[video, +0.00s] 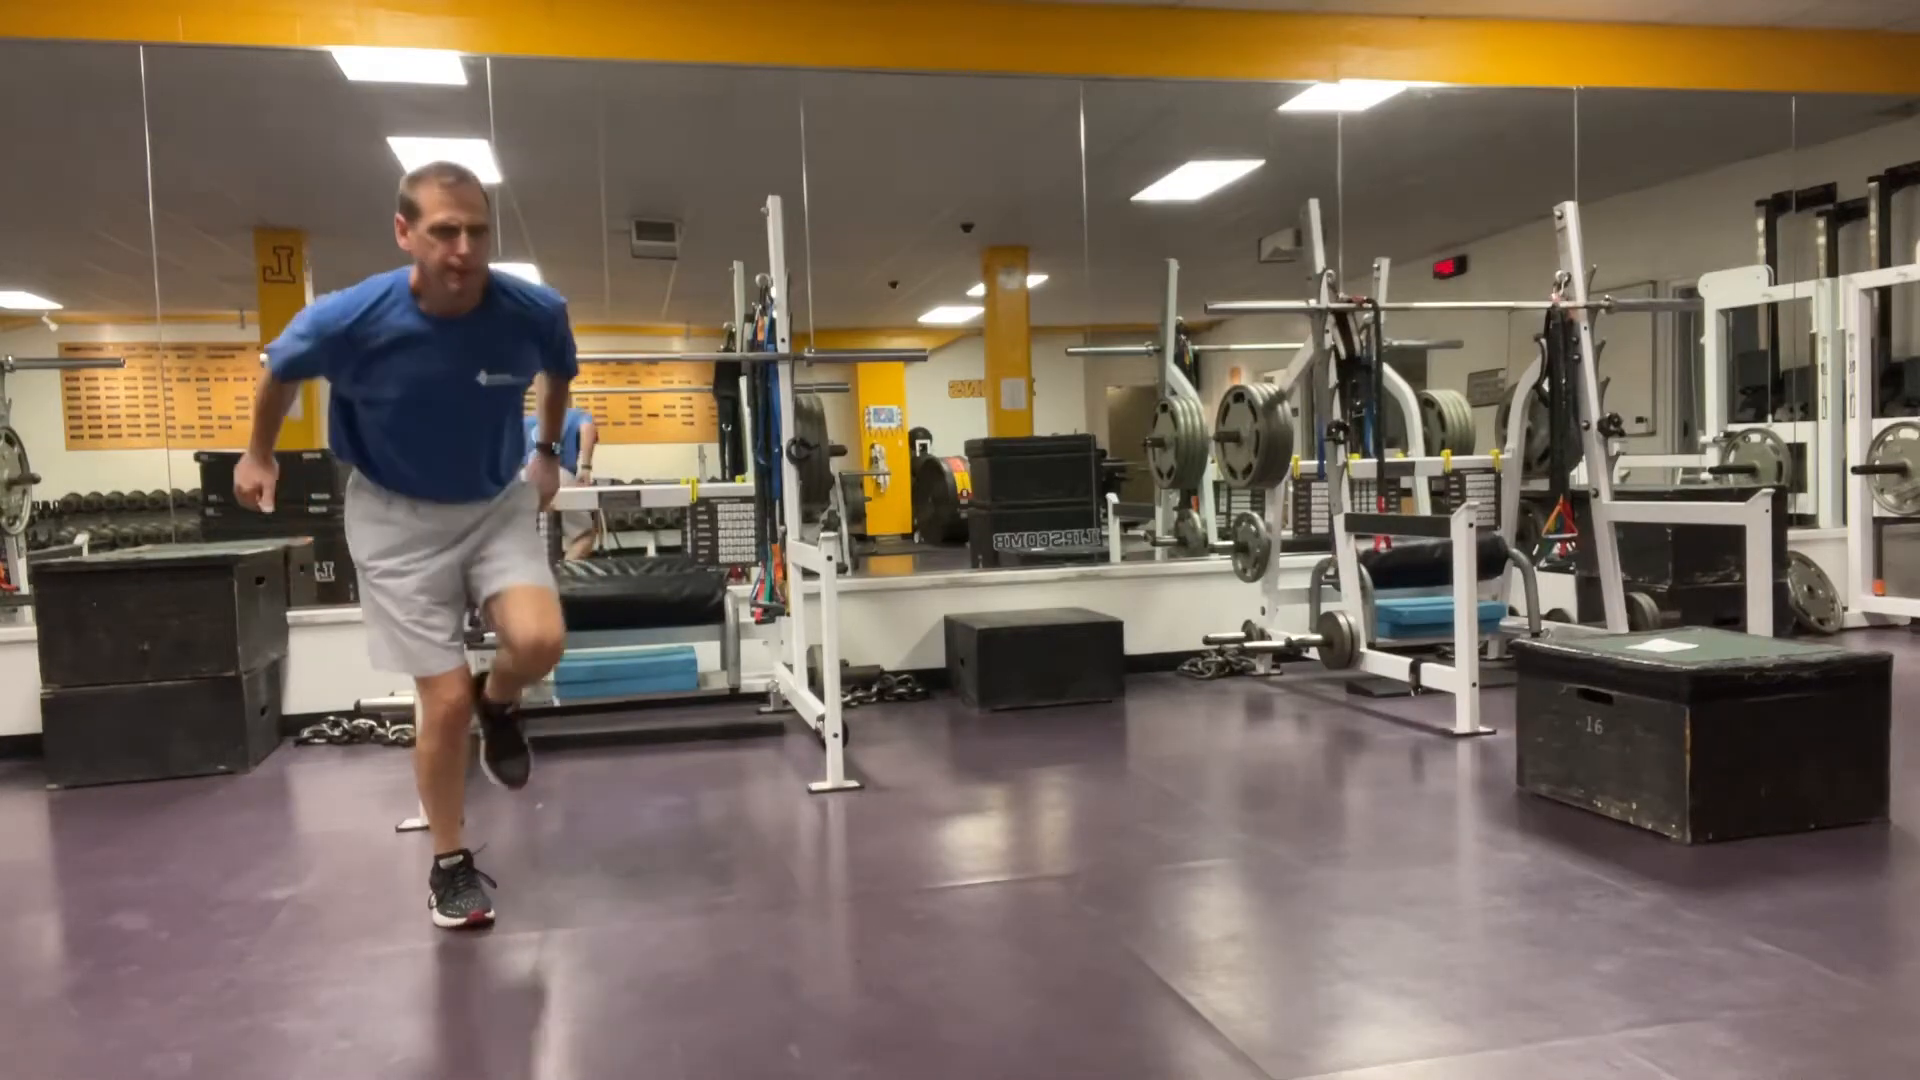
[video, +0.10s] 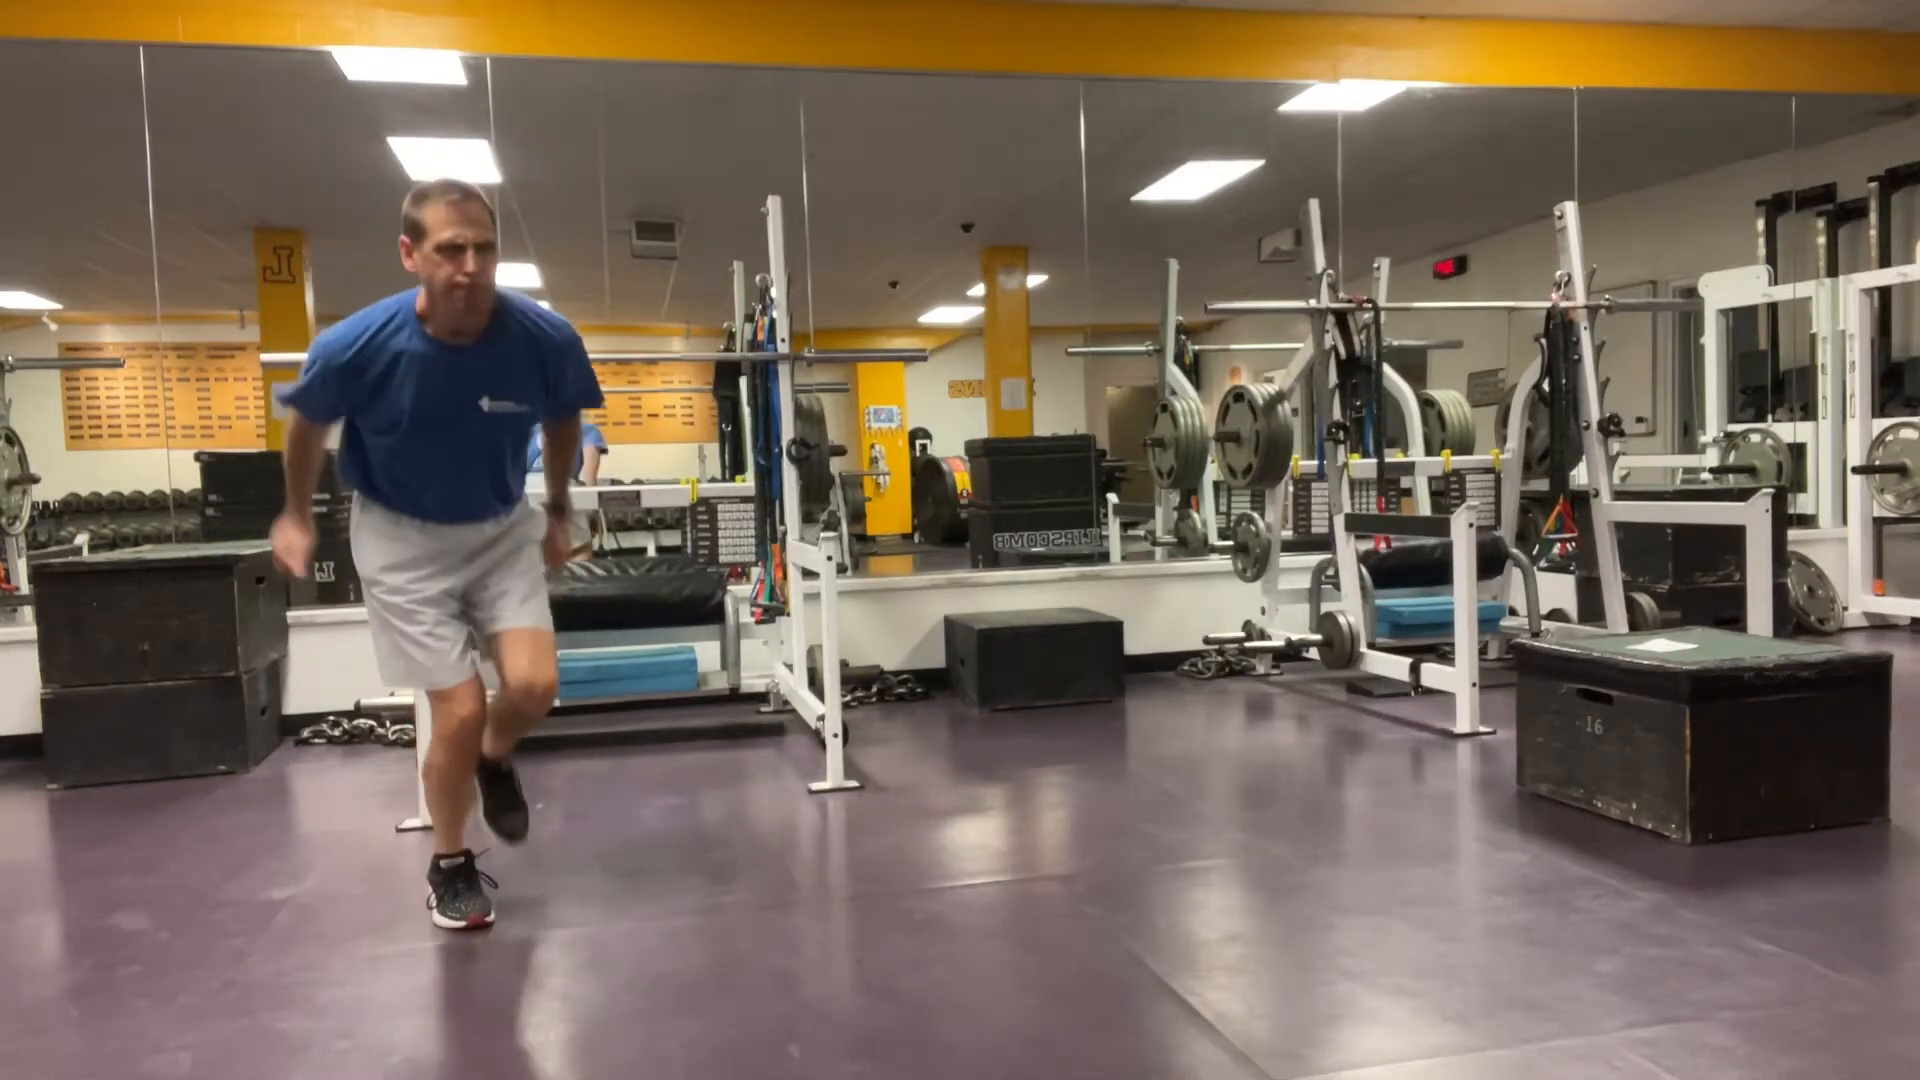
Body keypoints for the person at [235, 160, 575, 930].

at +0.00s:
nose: (464, 250)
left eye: (477, 233)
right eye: (445, 233)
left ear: (492, 233)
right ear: (405, 233)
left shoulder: (531, 313)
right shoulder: (349, 320)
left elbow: (558, 365)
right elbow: (281, 369)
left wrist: (547, 450)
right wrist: (258, 453)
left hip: (501, 502)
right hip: (397, 516)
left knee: (539, 641)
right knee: (451, 701)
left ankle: (494, 704)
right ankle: (451, 860)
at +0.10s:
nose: (468, 269)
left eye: (481, 250)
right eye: (449, 251)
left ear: (498, 253)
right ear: (409, 253)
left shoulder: (544, 340)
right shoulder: (353, 351)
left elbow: (562, 422)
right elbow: (308, 424)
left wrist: (559, 509)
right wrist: (296, 512)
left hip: (503, 529)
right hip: (401, 540)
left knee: (534, 685)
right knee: (462, 712)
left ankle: (490, 756)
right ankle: (452, 861)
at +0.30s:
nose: (477, 233)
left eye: (489, 216)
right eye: (458, 216)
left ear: (506, 220)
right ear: (415, 220)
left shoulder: (542, 302)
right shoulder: (375, 318)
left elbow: (627, 389)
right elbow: (376, 424)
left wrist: (619, 334)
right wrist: (463, 391)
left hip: (524, 523)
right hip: (426, 542)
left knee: (589, 640)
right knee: (475, 733)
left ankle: (579, 802)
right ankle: (455, 861)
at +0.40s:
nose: (494, 154)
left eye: (506, 136)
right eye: (476, 138)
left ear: (524, 143)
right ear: (437, 144)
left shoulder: (553, 215)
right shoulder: (405, 218)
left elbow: (658, 205)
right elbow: (381, 243)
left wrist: (621, 103)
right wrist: (446, 127)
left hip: (548, 467)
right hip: (449, 490)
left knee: (649, 559)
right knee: (474, 704)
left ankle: (634, 724)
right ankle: (452, 849)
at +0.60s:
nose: (569, 58)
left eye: (582, 38)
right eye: (547, 36)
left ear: (598, 46)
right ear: (499, 43)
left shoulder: (630, 130)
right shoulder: (446, 129)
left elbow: (774, 163)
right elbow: (286, 140)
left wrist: (745, 91)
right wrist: (405, 125)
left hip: (602, 389)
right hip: (496, 419)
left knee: (753, 461)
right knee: (551, 660)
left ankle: (671, 579)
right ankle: (533, 856)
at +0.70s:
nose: (614, 99)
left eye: (626, 78)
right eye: (593, 79)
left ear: (645, 81)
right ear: (542, 82)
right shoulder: (478, 165)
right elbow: (277, 204)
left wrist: (794, 181)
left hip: (634, 428)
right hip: (525, 457)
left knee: (810, 483)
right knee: (585, 706)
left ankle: (685, 575)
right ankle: (614, 959)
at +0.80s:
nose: (673, 179)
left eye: (681, 157)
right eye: (649, 160)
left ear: (694, 160)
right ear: (587, 164)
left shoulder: (721, 256)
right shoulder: (510, 281)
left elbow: (850, 297)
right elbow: (346, 391)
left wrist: (833, 329)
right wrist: (380, 503)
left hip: (674, 519)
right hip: (563, 545)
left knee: (860, 567)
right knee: (649, 762)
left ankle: (731, 681)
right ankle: (641, 1034)